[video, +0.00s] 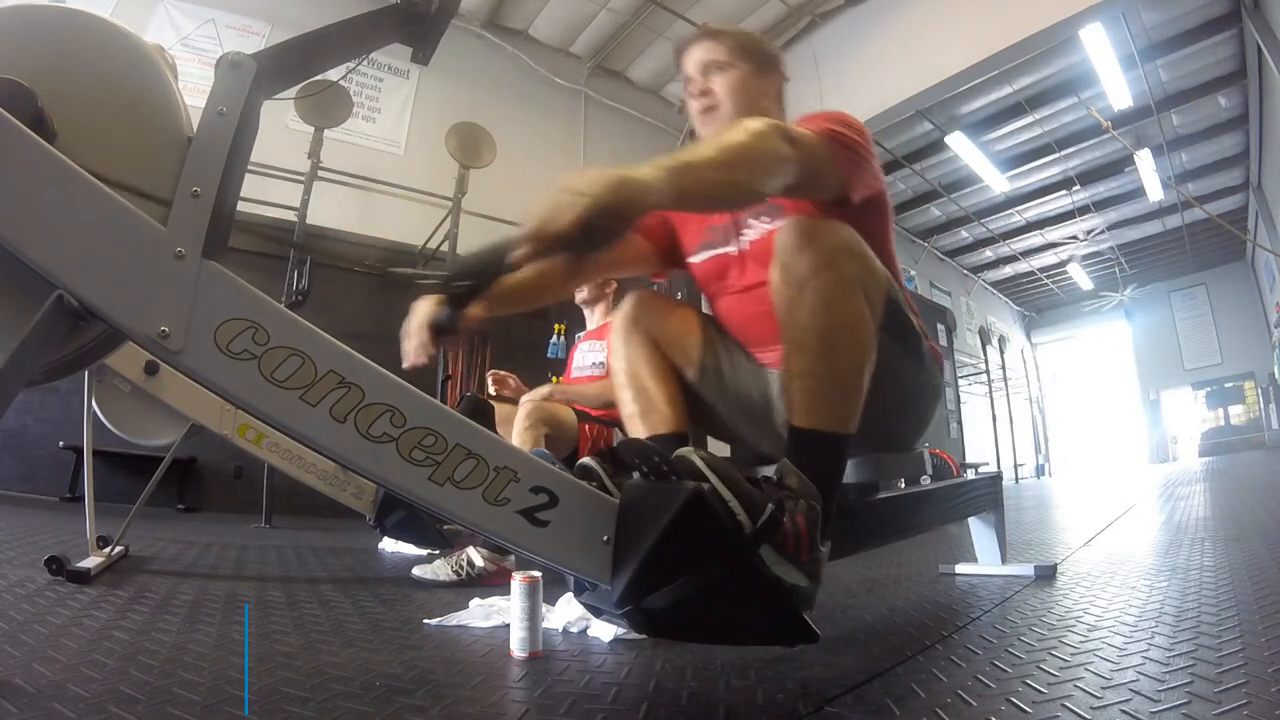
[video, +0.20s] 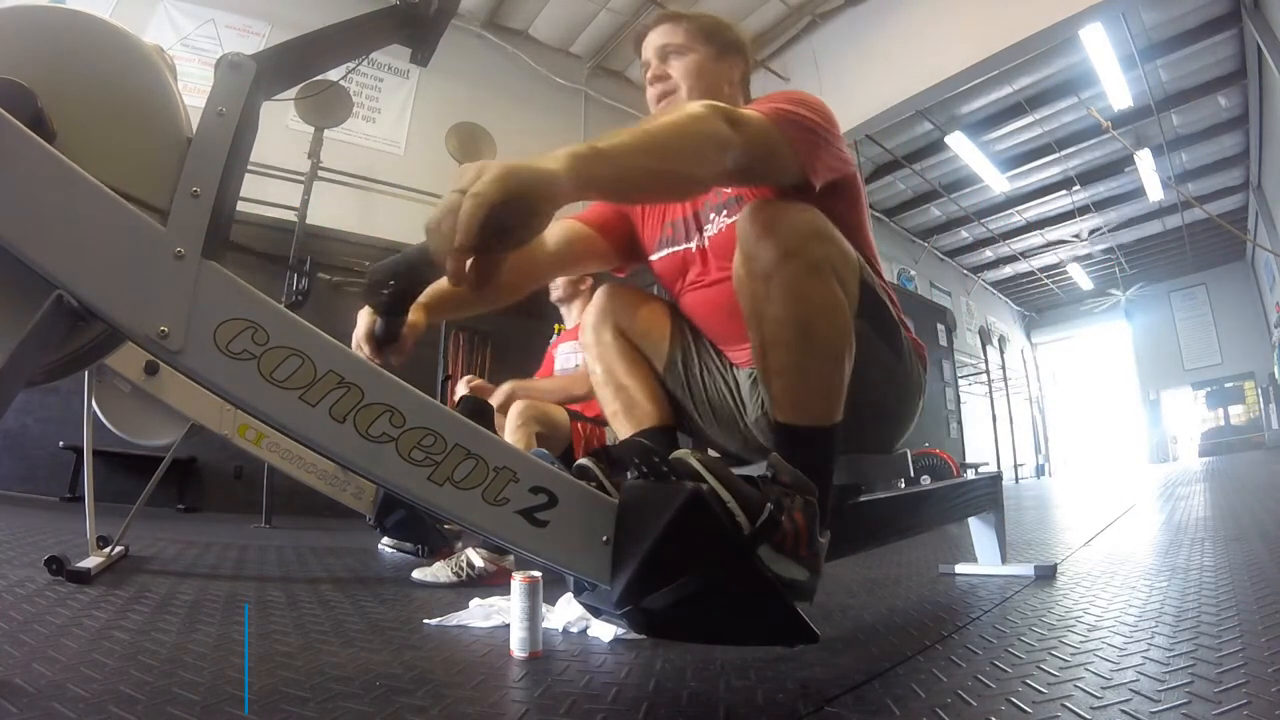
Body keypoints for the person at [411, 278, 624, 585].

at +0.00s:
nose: (578, 281)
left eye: (588, 275)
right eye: (579, 276)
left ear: (611, 285)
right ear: (573, 284)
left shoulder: (623, 326)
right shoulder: (583, 341)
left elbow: (617, 391)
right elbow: (573, 395)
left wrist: (554, 390)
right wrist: (526, 394)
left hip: (610, 428)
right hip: (573, 424)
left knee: (535, 413)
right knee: (477, 412)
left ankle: (500, 551)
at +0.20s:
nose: (553, 277)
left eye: (563, 272)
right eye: (555, 272)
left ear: (586, 282)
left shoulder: (598, 321)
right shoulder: (561, 336)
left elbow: (586, 384)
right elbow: (541, 389)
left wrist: (514, 388)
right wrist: (490, 392)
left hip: (602, 428)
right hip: (562, 422)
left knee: (525, 413)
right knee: (479, 408)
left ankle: (496, 551)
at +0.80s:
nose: (471, 276)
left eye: (479, 267)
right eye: (472, 269)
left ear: (509, 274)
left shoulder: (536, 313)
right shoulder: (490, 336)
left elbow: (520, 383)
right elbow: (466, 391)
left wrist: (460, 398)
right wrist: (427, 404)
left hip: (566, 429)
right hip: (516, 427)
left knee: (475, 408)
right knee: (440, 412)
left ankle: (488, 552)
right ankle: (426, 535)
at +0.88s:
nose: (468, 275)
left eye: (476, 267)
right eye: (469, 268)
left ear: (505, 273)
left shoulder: (532, 311)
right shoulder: (485, 337)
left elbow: (516, 383)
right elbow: (463, 390)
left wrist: (444, 401)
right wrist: (417, 404)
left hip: (563, 429)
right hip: (511, 426)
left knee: (476, 406)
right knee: (429, 414)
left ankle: (490, 553)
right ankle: (422, 537)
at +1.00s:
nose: (461, 273)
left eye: (469, 265)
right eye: (462, 267)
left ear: (499, 272)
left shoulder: (525, 310)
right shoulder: (478, 335)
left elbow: (510, 382)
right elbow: (457, 389)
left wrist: (448, 398)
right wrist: (415, 405)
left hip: (559, 429)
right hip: (509, 426)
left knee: (474, 405)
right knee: (428, 413)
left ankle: (488, 553)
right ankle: (422, 536)